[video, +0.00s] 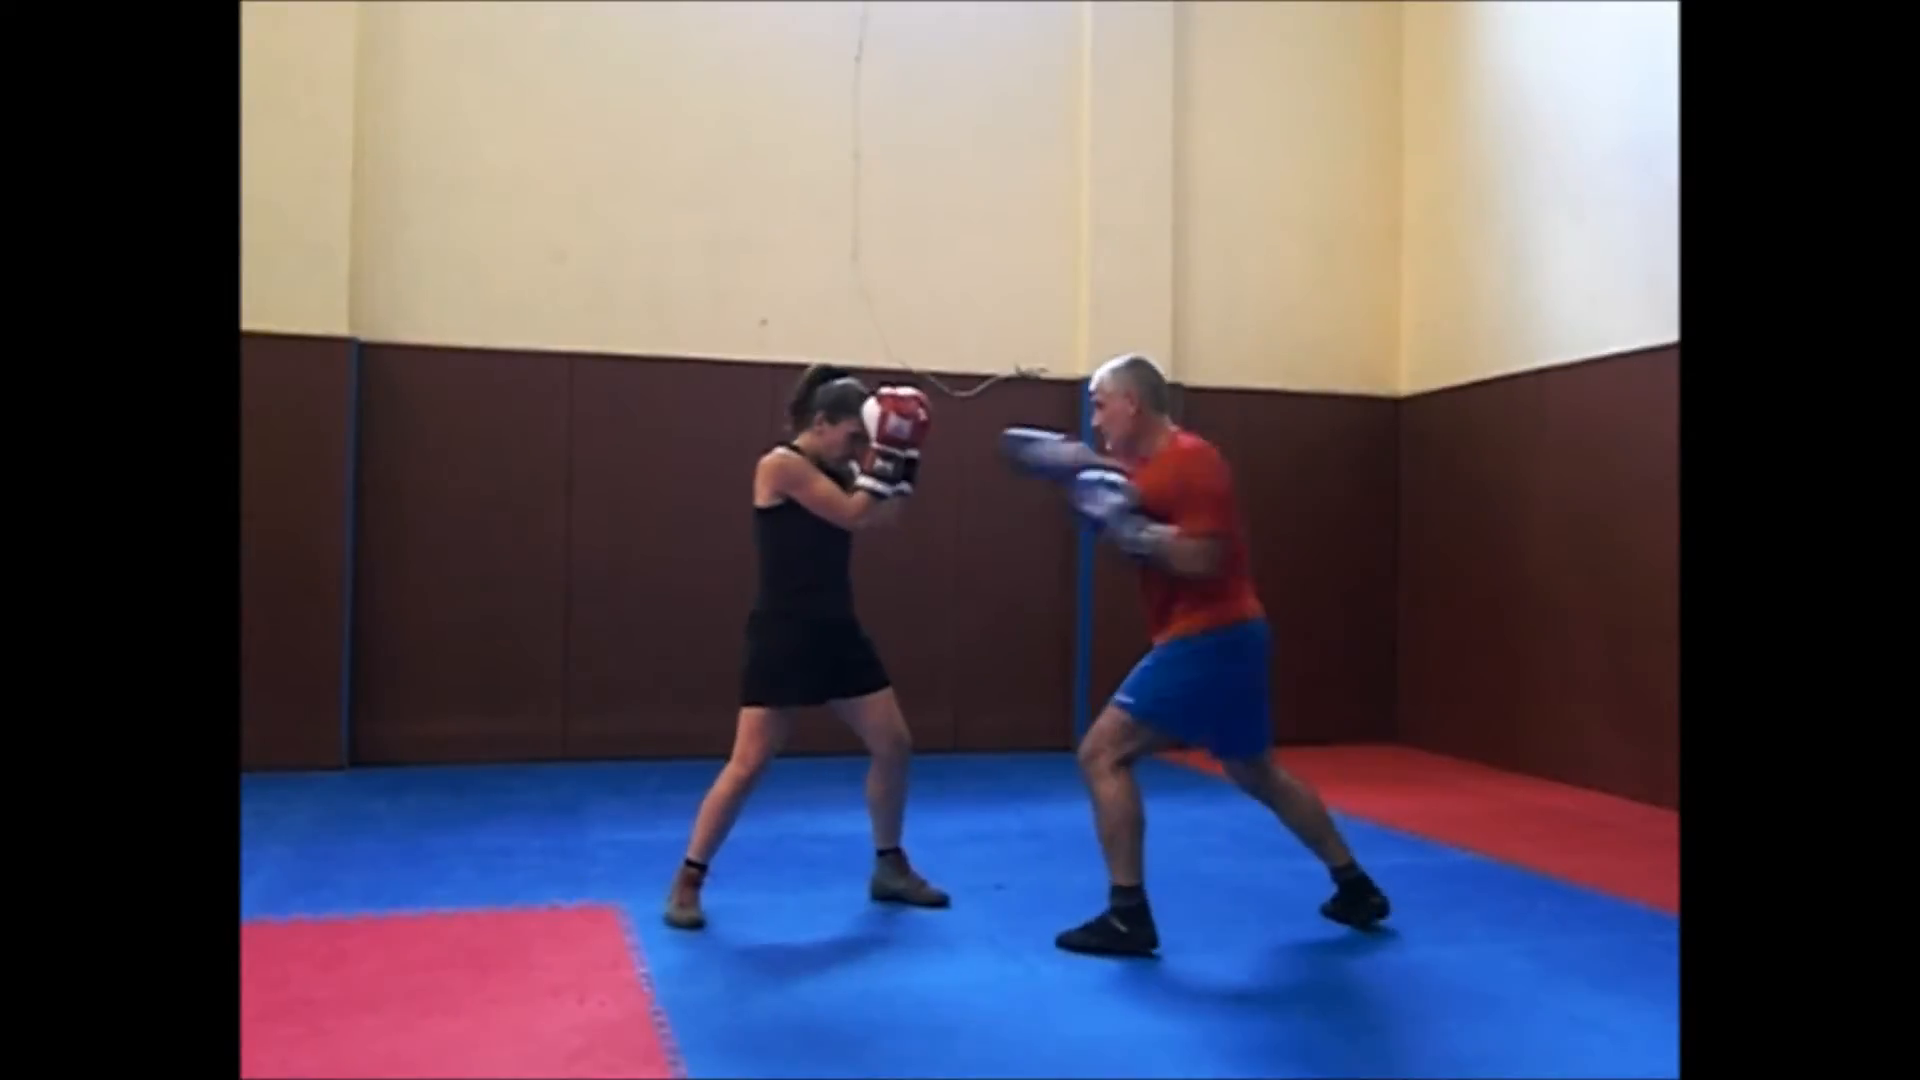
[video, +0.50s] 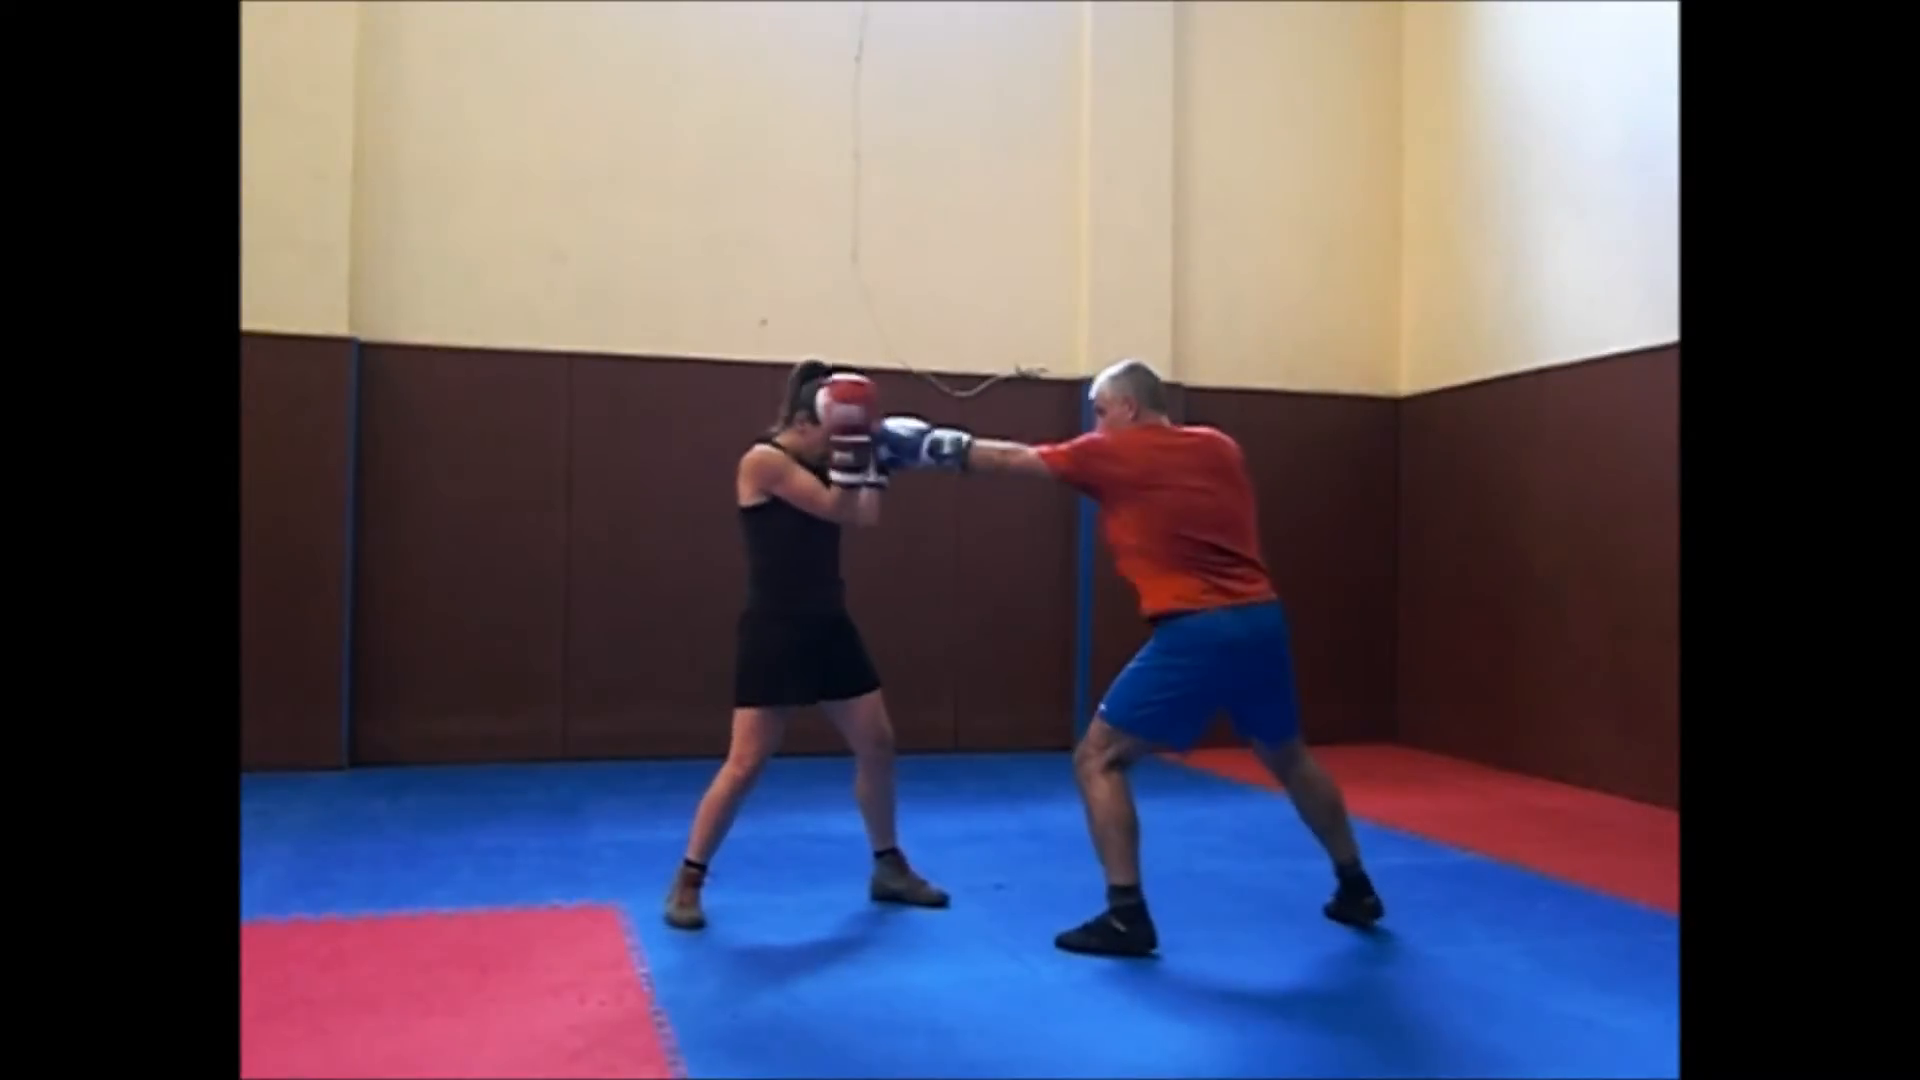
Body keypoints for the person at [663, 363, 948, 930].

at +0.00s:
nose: (855, 447)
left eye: (860, 438)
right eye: (852, 435)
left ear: (840, 429)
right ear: (821, 423)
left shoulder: (831, 472)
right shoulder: (780, 466)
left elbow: (876, 513)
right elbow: (851, 514)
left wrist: (901, 467)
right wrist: (877, 475)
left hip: (835, 633)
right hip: (782, 635)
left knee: (892, 743)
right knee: (749, 762)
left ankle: (890, 868)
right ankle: (688, 881)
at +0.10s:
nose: (851, 446)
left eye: (855, 437)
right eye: (846, 434)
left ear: (834, 431)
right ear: (815, 424)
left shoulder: (828, 472)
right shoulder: (779, 465)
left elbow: (876, 515)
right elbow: (850, 514)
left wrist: (884, 463)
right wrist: (871, 466)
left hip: (832, 633)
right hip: (779, 635)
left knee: (888, 742)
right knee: (749, 761)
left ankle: (890, 868)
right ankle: (688, 880)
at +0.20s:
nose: (837, 444)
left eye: (841, 434)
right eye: (830, 433)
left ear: (833, 427)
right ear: (800, 421)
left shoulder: (820, 471)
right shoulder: (767, 465)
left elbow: (874, 513)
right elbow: (843, 509)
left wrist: (885, 444)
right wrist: (867, 447)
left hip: (832, 629)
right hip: (779, 632)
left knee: (886, 741)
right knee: (750, 761)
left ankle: (890, 868)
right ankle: (689, 880)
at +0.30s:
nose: (838, 444)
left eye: (842, 433)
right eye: (831, 432)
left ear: (818, 426)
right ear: (796, 422)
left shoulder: (815, 471)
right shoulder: (765, 465)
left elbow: (868, 514)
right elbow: (840, 508)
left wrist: (881, 451)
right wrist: (865, 452)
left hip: (831, 629)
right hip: (778, 632)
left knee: (883, 740)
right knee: (750, 761)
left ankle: (890, 867)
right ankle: (689, 880)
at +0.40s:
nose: (840, 449)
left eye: (845, 439)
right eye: (835, 437)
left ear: (818, 426)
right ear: (804, 423)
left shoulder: (817, 470)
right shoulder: (766, 463)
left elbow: (870, 514)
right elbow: (838, 509)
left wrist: (887, 462)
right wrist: (868, 468)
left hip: (830, 628)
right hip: (776, 631)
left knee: (879, 741)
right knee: (748, 761)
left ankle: (889, 868)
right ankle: (688, 881)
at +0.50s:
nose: (837, 443)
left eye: (841, 433)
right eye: (830, 431)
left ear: (833, 428)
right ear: (802, 421)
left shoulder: (819, 466)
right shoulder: (763, 462)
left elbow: (867, 514)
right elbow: (838, 508)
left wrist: (868, 450)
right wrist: (855, 454)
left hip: (828, 628)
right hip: (773, 631)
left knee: (876, 742)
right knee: (746, 761)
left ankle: (889, 868)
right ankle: (688, 881)